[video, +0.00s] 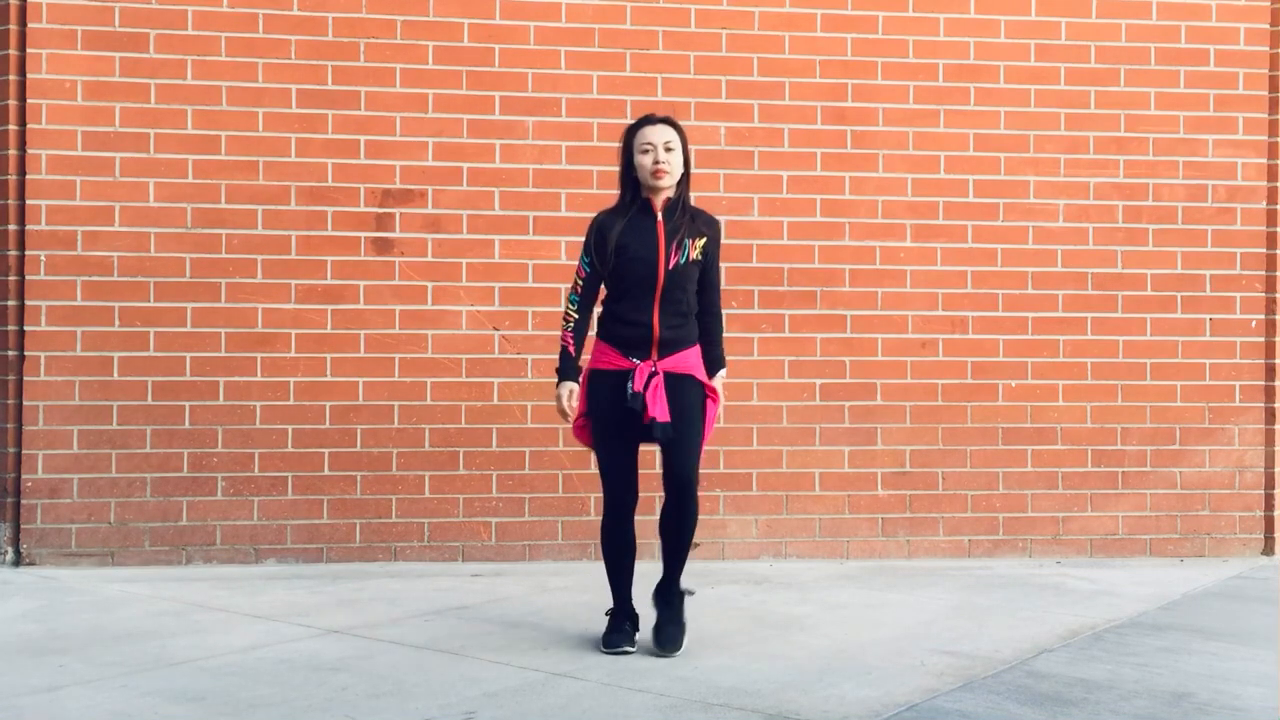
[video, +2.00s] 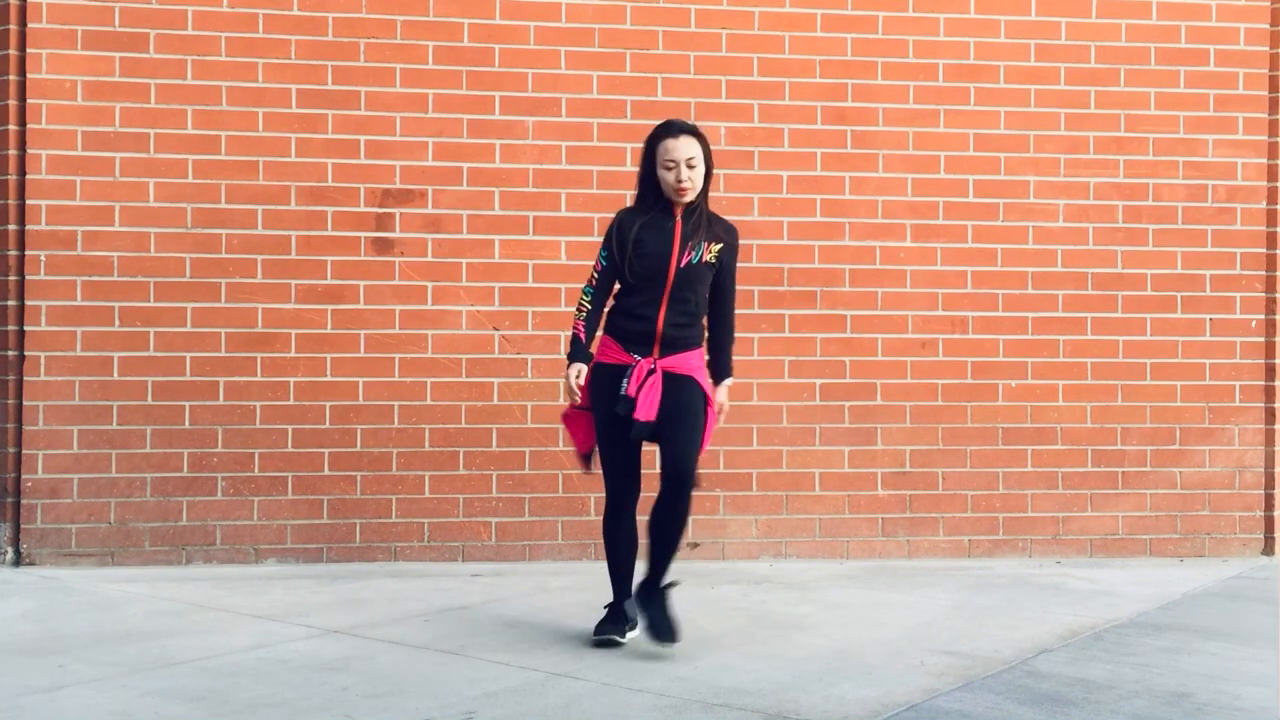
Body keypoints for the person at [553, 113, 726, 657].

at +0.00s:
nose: (659, 158)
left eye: (669, 148)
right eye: (647, 149)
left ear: (684, 158)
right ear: (631, 160)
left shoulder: (703, 228)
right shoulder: (609, 224)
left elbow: (710, 307)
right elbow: (581, 299)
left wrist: (715, 371)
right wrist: (567, 371)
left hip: (683, 370)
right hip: (615, 369)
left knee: (683, 485)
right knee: (619, 496)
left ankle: (671, 593)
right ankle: (621, 610)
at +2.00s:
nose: (681, 174)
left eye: (691, 163)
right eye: (670, 165)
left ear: (706, 168)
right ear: (653, 171)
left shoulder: (720, 235)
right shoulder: (628, 224)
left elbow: (722, 312)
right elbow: (595, 293)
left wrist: (722, 375)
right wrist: (578, 353)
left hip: (684, 367)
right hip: (619, 364)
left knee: (680, 477)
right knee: (622, 490)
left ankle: (653, 589)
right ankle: (619, 603)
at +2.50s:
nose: (691, 165)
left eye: (701, 155)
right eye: (679, 156)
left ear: (716, 162)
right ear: (663, 163)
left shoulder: (732, 227)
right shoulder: (638, 223)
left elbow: (740, 302)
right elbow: (606, 292)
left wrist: (749, 365)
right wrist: (584, 359)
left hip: (706, 367)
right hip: (639, 366)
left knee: (727, 467)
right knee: (632, 492)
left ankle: (716, 573)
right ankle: (622, 605)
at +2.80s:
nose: (707, 176)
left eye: (718, 166)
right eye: (696, 166)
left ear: (733, 171)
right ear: (680, 172)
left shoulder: (755, 225)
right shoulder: (665, 240)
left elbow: (776, 298)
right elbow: (647, 316)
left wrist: (794, 361)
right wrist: (638, 388)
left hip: (760, 370)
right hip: (697, 372)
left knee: (762, 496)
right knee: (704, 477)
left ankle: (749, 609)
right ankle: (672, 576)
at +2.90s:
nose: (711, 173)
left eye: (721, 163)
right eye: (699, 163)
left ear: (737, 169)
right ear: (684, 171)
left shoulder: (761, 222)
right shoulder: (669, 238)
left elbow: (782, 294)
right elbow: (657, 315)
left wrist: (800, 355)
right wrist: (653, 389)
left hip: (767, 368)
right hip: (705, 370)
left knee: (761, 484)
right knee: (732, 468)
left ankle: (749, 605)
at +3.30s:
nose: (714, 173)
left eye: (724, 162)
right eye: (702, 164)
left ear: (740, 169)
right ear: (687, 175)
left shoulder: (766, 228)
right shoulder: (674, 242)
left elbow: (786, 300)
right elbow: (655, 319)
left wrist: (800, 361)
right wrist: (645, 390)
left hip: (762, 372)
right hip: (698, 372)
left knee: (769, 488)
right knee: (703, 457)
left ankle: (753, 603)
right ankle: (736, 572)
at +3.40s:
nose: (710, 162)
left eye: (721, 151)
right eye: (698, 153)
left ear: (737, 159)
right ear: (685, 163)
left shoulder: (761, 220)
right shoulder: (669, 229)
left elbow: (779, 292)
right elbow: (648, 305)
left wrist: (793, 354)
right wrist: (635, 375)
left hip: (750, 366)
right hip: (685, 364)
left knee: (753, 494)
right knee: (662, 435)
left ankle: (748, 609)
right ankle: (674, 545)